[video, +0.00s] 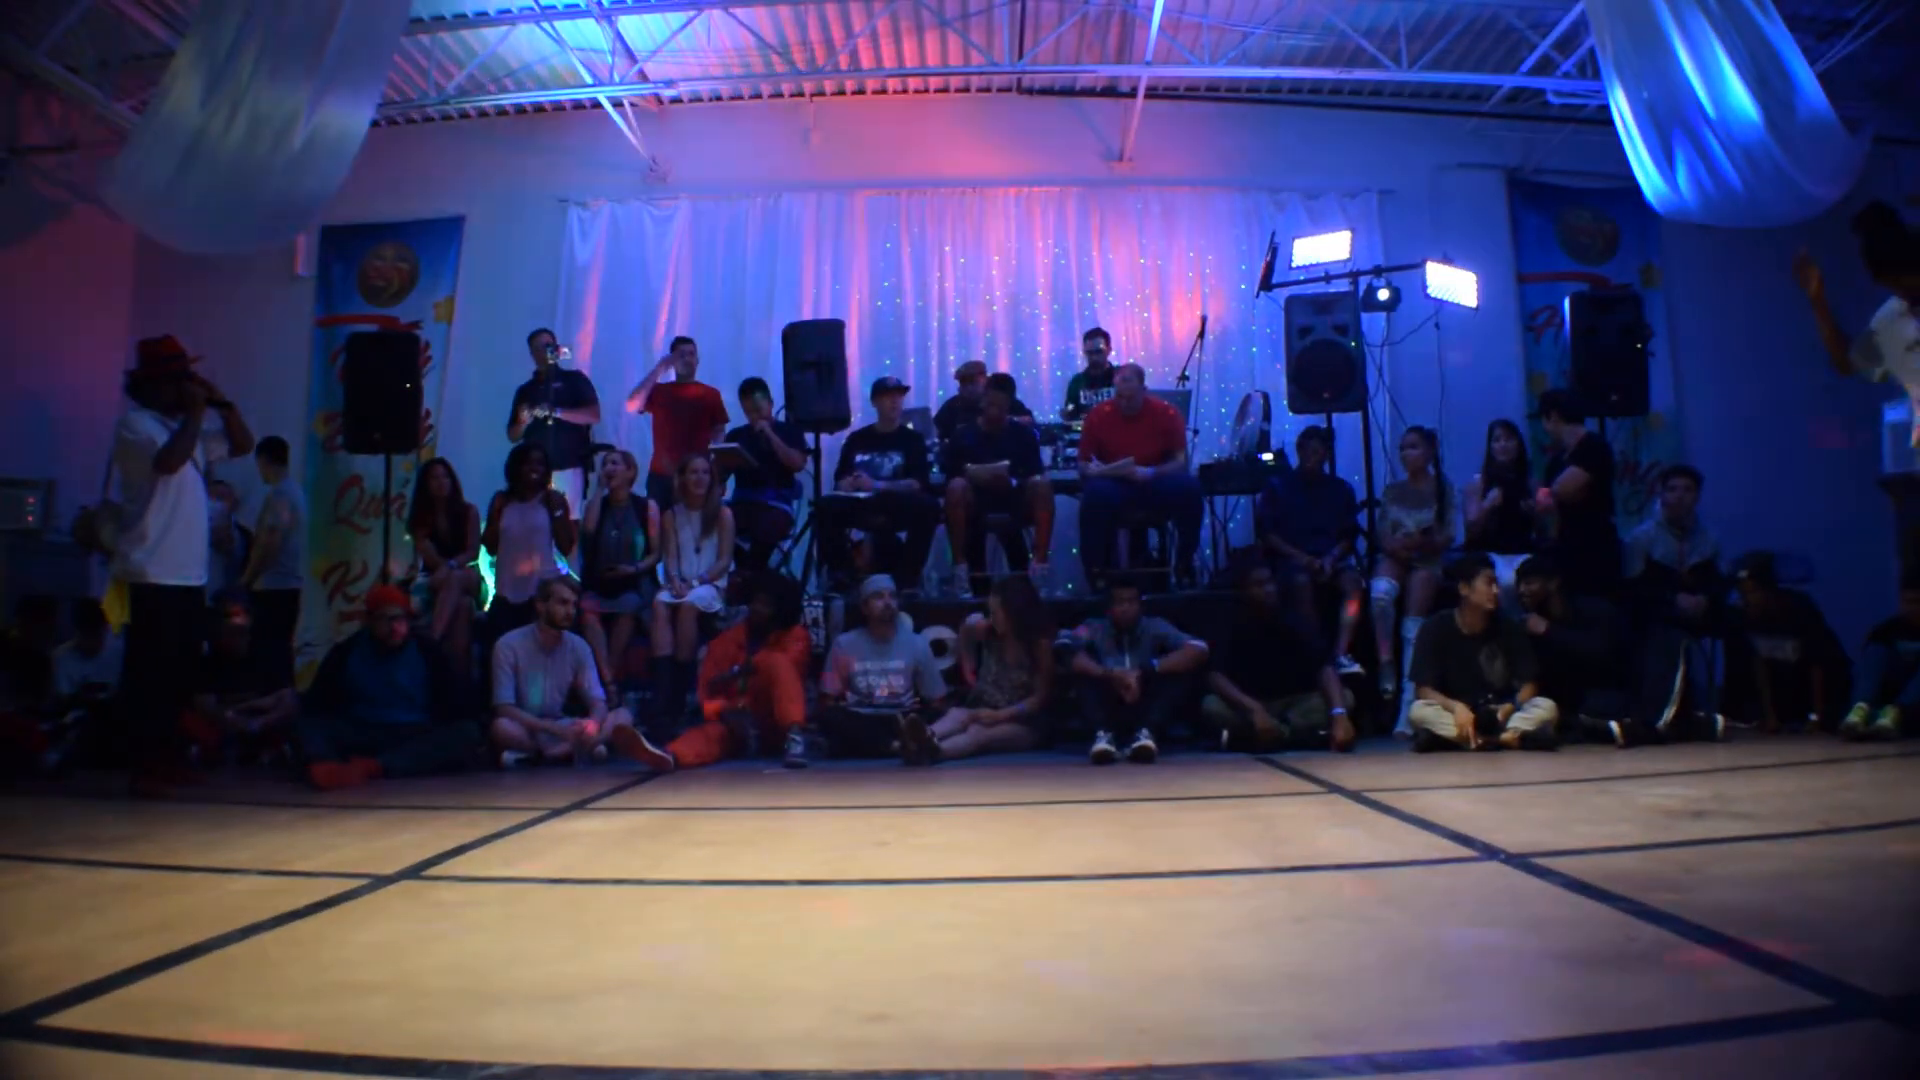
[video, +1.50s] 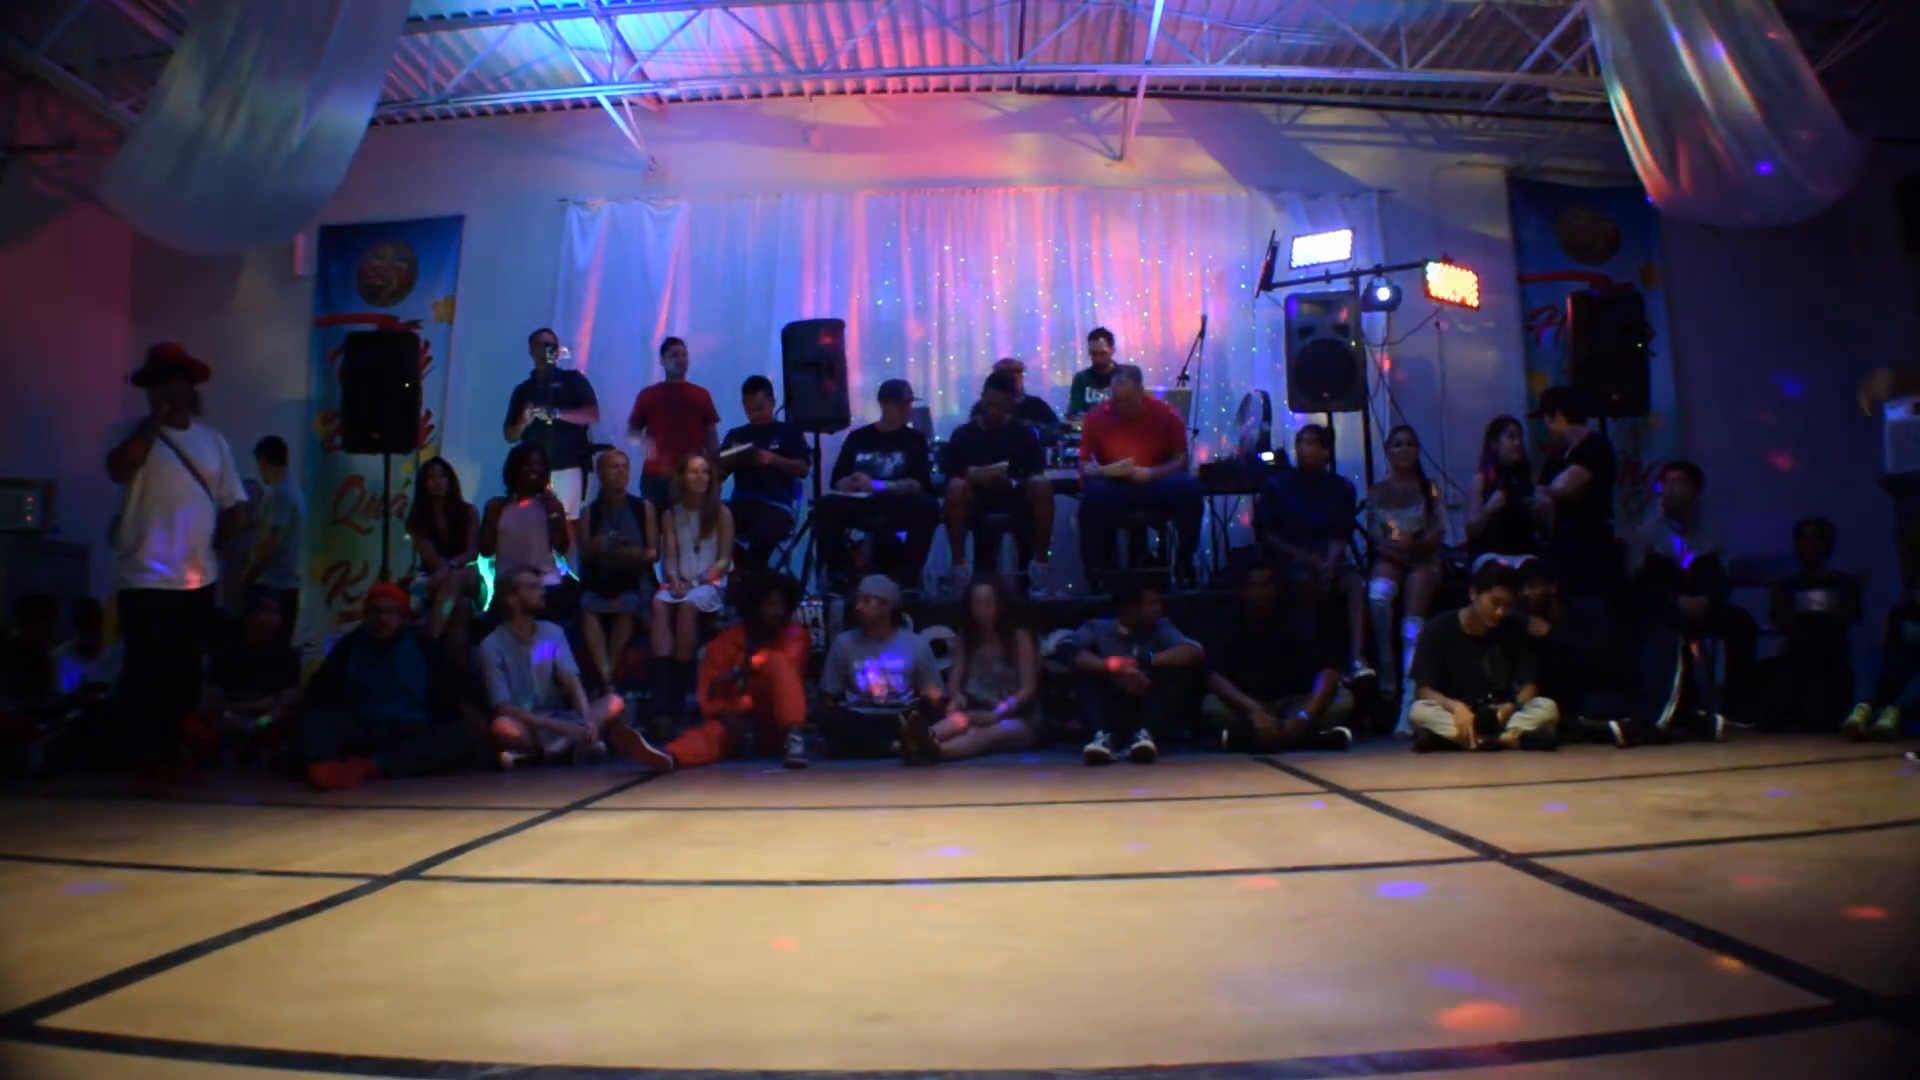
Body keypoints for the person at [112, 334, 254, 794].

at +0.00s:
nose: (185, 389)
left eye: (186, 381)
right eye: (177, 381)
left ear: (179, 386)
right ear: (155, 386)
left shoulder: (182, 431)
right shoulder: (134, 425)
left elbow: (241, 445)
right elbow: (167, 462)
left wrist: (223, 403)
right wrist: (194, 412)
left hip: (187, 577)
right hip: (153, 577)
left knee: (181, 678)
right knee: (151, 678)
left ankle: (172, 761)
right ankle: (146, 767)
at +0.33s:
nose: (187, 390)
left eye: (188, 382)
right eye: (178, 382)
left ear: (183, 386)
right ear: (153, 386)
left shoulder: (180, 430)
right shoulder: (135, 426)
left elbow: (238, 455)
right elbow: (170, 464)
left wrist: (229, 410)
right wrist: (197, 414)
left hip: (187, 578)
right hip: (154, 578)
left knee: (181, 679)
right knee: (153, 679)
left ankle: (173, 761)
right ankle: (149, 768)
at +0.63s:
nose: (185, 390)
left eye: (186, 382)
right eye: (175, 382)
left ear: (185, 387)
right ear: (150, 387)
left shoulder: (190, 432)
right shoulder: (129, 428)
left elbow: (240, 450)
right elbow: (151, 463)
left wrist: (250, 424)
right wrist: (184, 415)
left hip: (189, 579)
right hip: (149, 579)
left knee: (184, 679)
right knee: (149, 680)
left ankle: (174, 762)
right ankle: (146, 768)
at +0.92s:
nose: (182, 389)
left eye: (184, 381)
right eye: (171, 382)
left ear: (186, 387)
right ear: (147, 387)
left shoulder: (202, 435)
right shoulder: (125, 431)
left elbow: (256, 463)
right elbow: (124, 468)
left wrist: (250, 469)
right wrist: (156, 421)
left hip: (191, 585)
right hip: (142, 585)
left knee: (184, 685)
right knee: (144, 685)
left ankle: (177, 763)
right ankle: (143, 769)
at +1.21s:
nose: (169, 393)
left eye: (174, 385)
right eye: (159, 386)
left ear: (186, 387)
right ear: (143, 391)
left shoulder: (210, 439)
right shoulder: (129, 434)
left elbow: (234, 500)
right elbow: (116, 470)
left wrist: (228, 543)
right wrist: (150, 422)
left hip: (193, 585)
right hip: (141, 584)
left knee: (186, 682)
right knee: (143, 682)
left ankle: (179, 761)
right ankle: (143, 766)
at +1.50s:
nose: (176, 396)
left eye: (181, 388)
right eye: (166, 389)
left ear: (193, 391)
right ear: (151, 393)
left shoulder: (213, 442)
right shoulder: (138, 435)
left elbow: (235, 506)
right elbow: (119, 470)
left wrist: (220, 556)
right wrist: (157, 423)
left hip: (195, 582)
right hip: (146, 579)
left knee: (187, 676)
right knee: (146, 675)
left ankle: (179, 757)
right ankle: (143, 760)